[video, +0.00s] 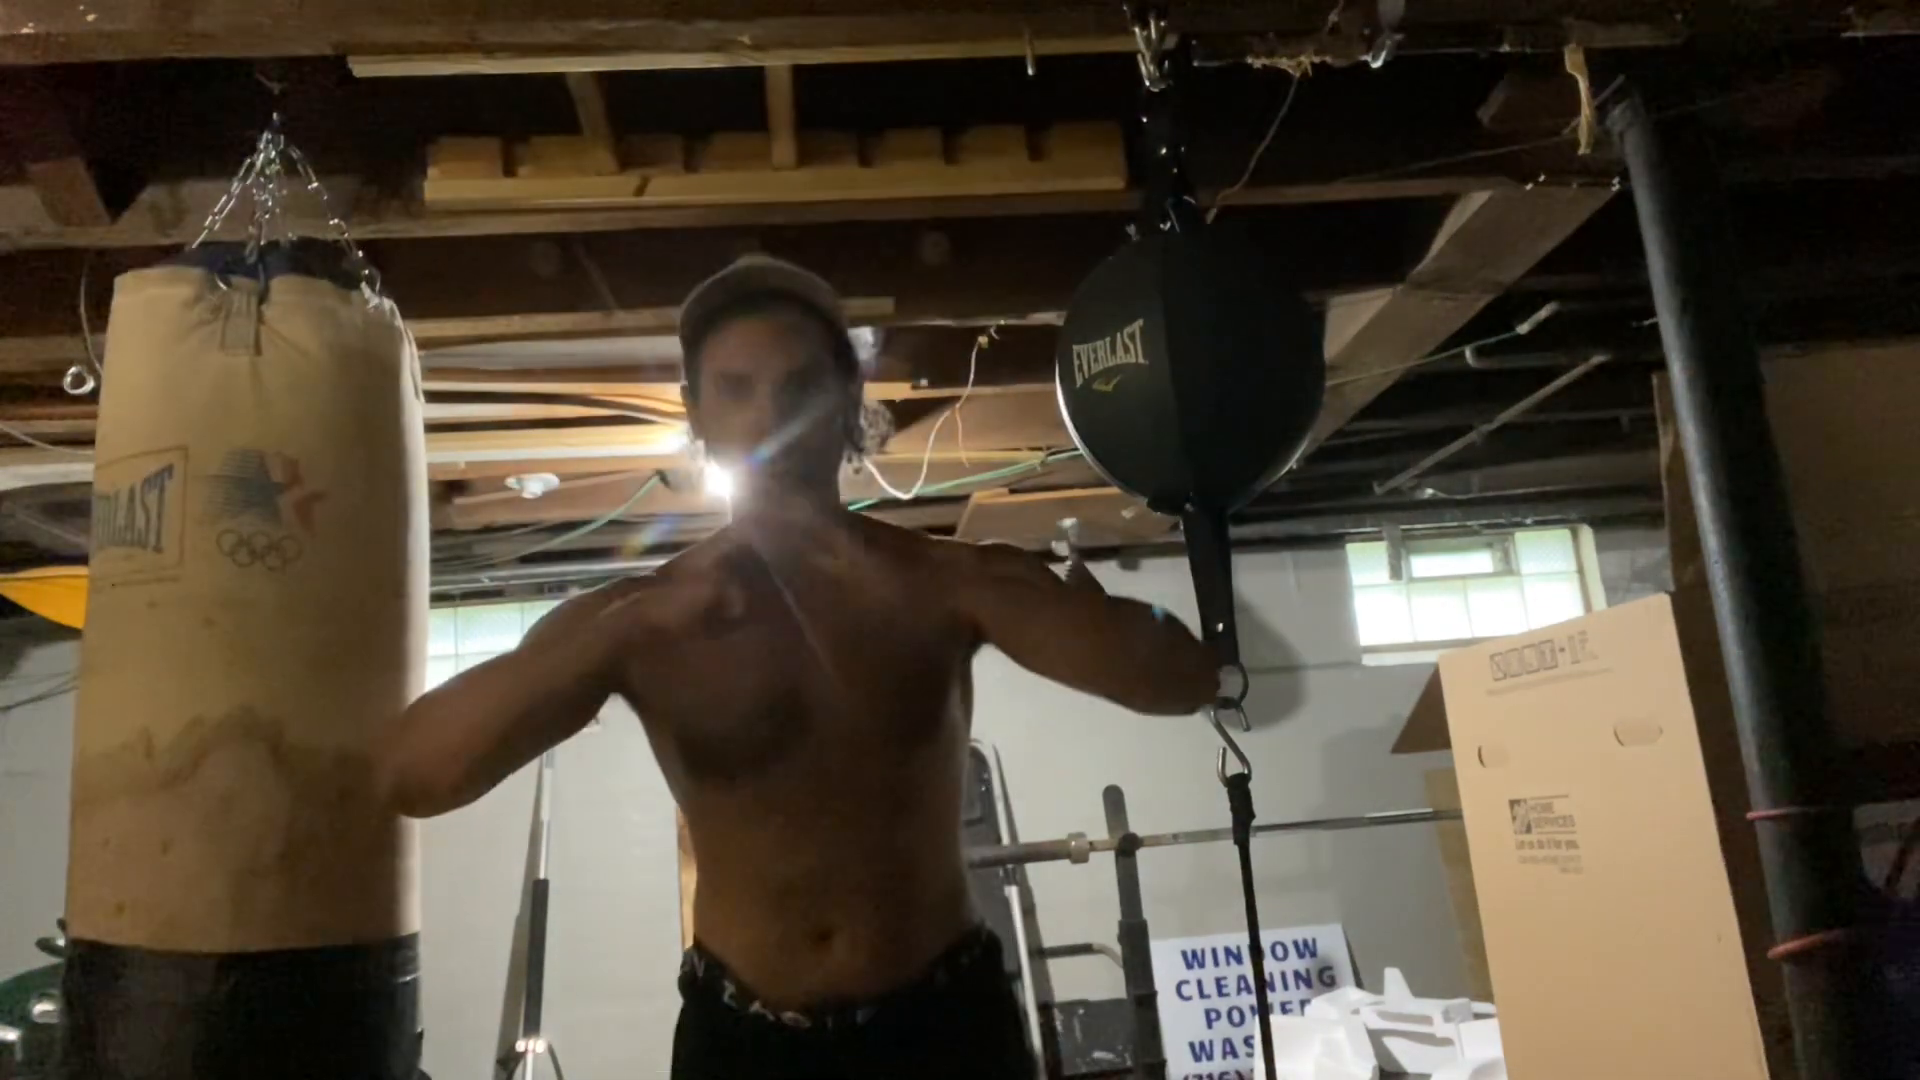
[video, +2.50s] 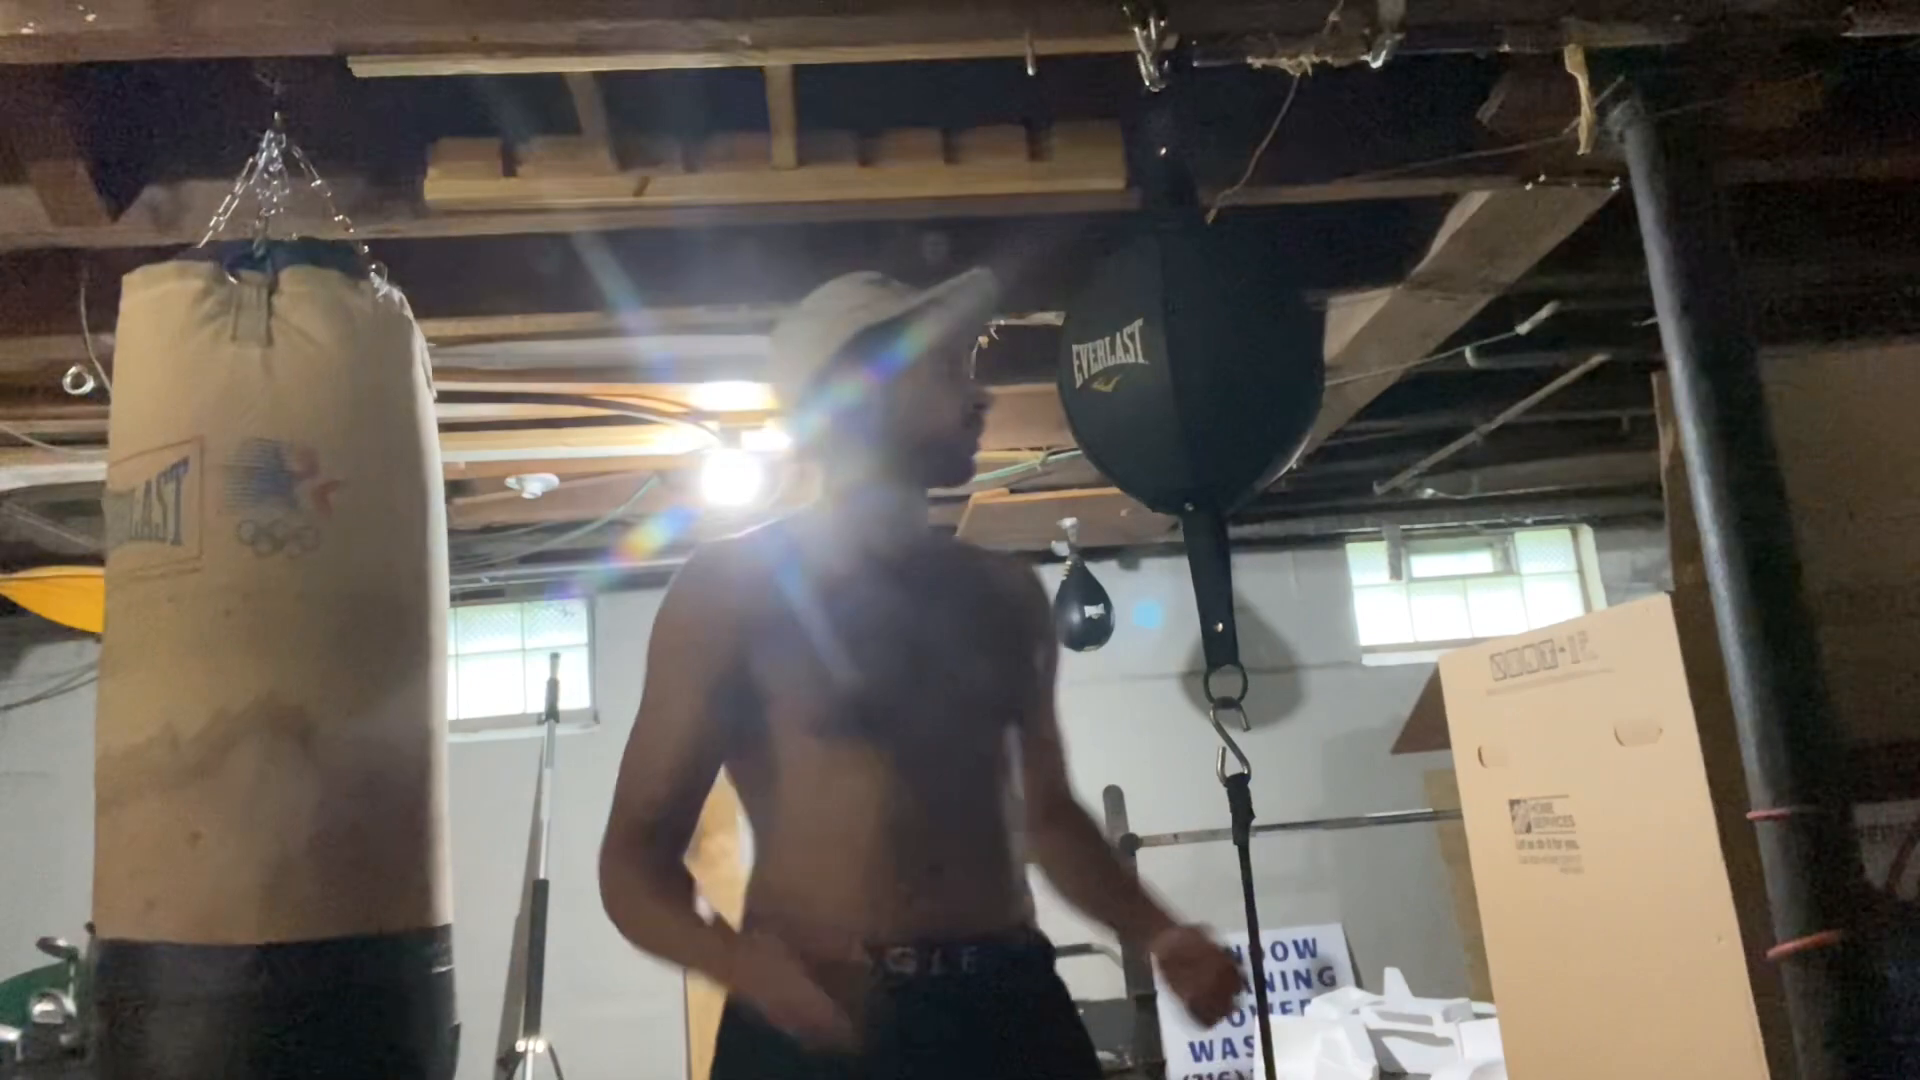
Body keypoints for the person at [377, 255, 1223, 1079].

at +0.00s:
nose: (770, 418)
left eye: (799, 387)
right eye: (735, 394)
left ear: (852, 410)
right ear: (698, 426)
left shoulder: (944, 581)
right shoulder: (633, 624)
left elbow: (1185, 681)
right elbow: (411, 775)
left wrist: (1057, 601)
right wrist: (626, 622)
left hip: (943, 1022)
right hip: (745, 1039)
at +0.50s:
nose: (775, 455)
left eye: (806, 419)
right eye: (739, 426)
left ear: (855, 438)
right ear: (697, 452)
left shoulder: (957, 603)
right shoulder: (635, 644)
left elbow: (1162, 725)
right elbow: (414, 811)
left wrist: (937, 704)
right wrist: (656, 719)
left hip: (948, 1024)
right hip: (748, 1039)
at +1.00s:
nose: (773, 400)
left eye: (804, 371)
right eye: (739, 375)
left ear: (851, 405)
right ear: (698, 412)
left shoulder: (930, 576)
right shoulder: (632, 609)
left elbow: (1132, 736)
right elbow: (481, 822)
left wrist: (938, 665)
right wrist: (688, 692)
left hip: (933, 1006)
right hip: (739, 1023)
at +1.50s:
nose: (827, 430)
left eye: (853, 402)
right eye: (797, 407)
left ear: (902, 436)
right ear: (755, 441)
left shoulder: (989, 612)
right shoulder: (686, 636)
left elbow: (1093, 879)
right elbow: (662, 920)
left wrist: (1084, 1054)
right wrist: (858, 997)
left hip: (998, 1031)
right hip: (794, 1044)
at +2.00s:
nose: (782, 472)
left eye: (806, 446)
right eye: (744, 446)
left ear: (842, 476)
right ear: (688, 476)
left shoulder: (915, 658)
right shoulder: (639, 646)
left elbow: (989, 909)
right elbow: (629, 966)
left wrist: (1052, 1046)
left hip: (929, 1014)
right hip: (739, 1027)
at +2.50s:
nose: (982, 397)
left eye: (972, 370)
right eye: (948, 369)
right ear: (855, 393)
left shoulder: (1006, 591)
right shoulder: (735, 585)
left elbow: (1048, 812)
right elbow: (636, 865)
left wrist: (1162, 934)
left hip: (1008, 1011)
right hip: (816, 1024)